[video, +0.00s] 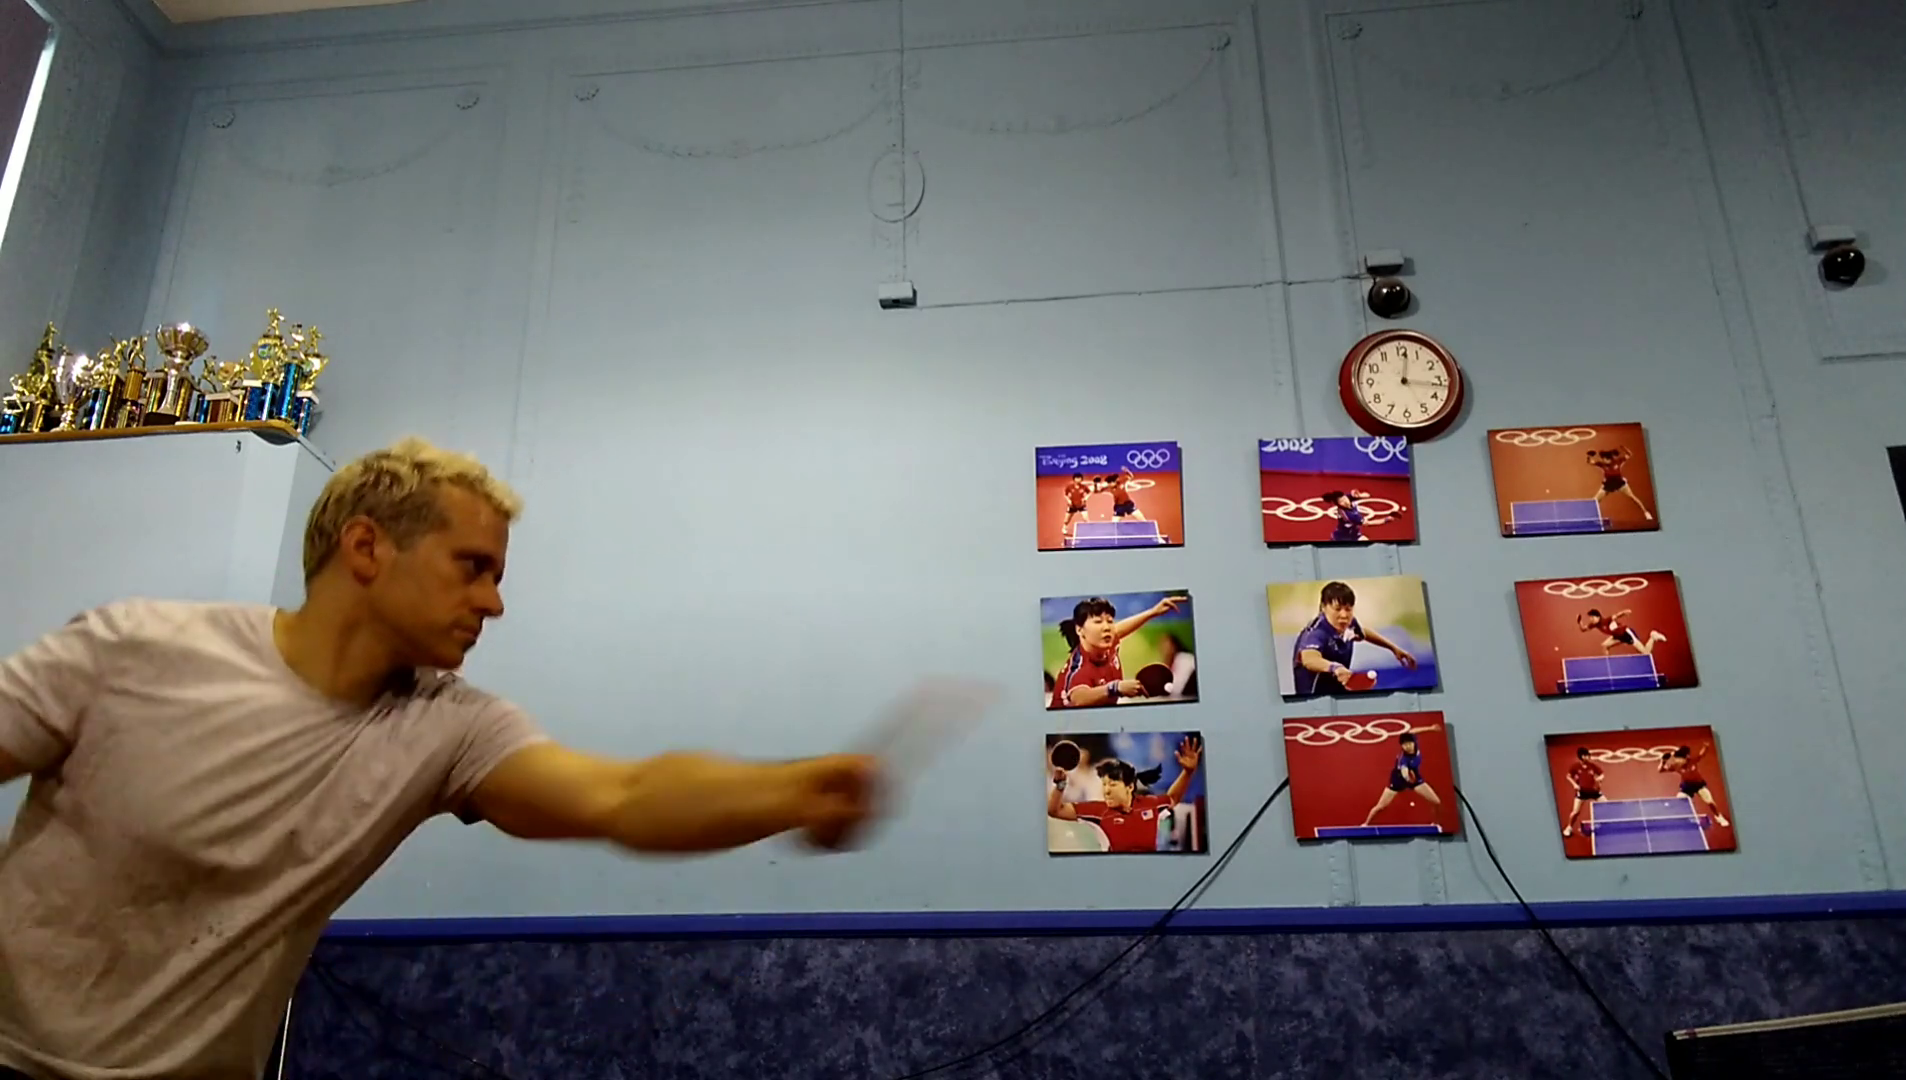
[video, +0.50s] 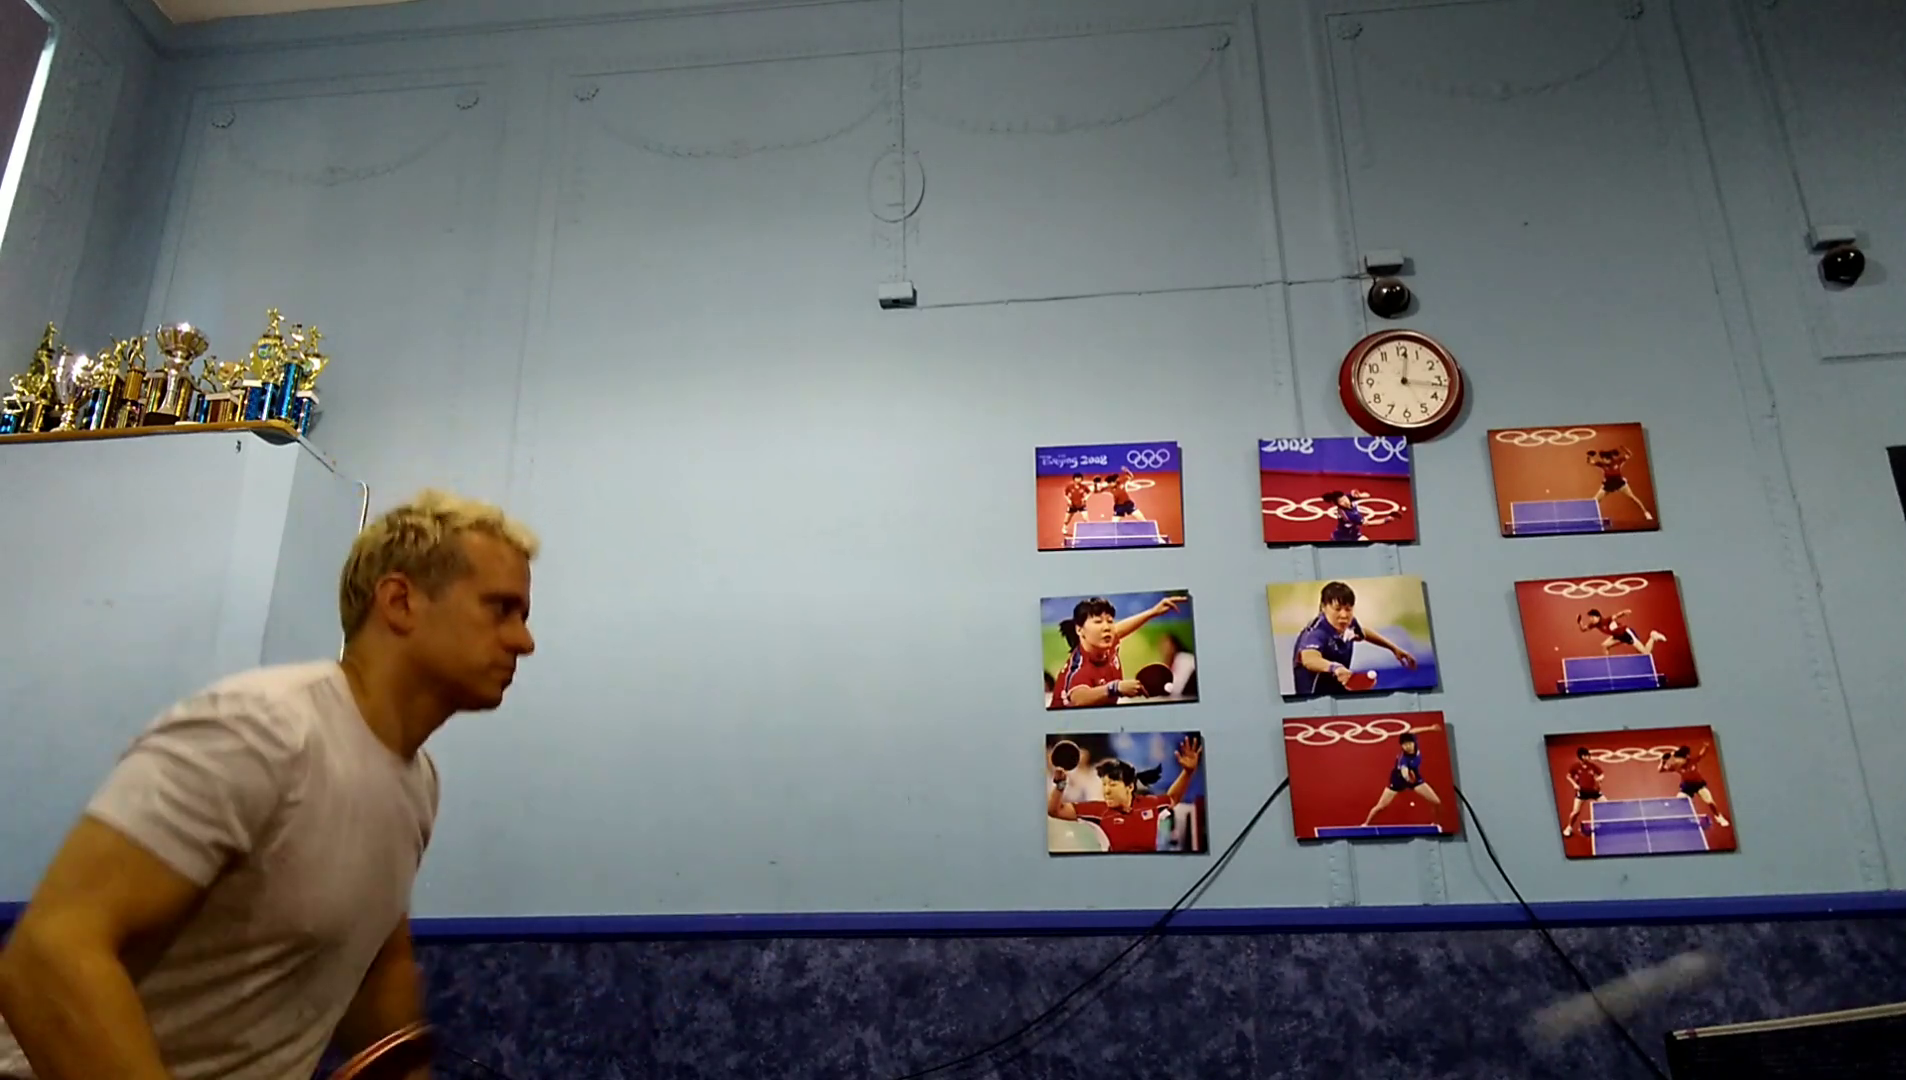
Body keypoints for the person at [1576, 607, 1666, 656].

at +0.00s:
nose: (1590, 620)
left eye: (1591, 618)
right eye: (1590, 618)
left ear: (1597, 617)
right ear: (1593, 618)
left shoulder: (1607, 620)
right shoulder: (1594, 624)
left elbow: (1617, 615)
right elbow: (1583, 630)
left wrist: (1625, 612)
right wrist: (1579, 623)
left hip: (1627, 634)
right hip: (1617, 637)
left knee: (1645, 652)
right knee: (1604, 645)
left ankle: (1653, 636)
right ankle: (1607, 667)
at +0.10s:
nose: (1591, 621)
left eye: (1592, 618)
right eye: (1590, 619)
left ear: (1597, 617)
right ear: (1593, 619)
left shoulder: (1607, 620)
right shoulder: (1594, 624)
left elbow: (1617, 615)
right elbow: (1583, 630)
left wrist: (1626, 612)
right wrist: (1579, 623)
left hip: (1627, 633)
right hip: (1617, 636)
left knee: (1645, 652)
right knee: (1604, 645)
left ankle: (1653, 636)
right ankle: (1608, 667)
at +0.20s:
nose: (1590, 620)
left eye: (1591, 618)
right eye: (1590, 618)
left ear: (1597, 617)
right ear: (1593, 618)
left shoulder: (1607, 620)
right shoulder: (1594, 624)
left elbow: (1617, 615)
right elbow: (1583, 630)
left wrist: (1625, 612)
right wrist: (1579, 623)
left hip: (1627, 634)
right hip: (1617, 637)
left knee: (1645, 652)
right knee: (1604, 645)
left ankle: (1653, 636)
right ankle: (1608, 667)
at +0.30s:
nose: (1590, 620)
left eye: (1591, 618)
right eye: (1590, 619)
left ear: (1597, 617)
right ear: (1593, 618)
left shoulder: (1607, 620)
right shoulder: (1594, 624)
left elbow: (1617, 615)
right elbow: (1583, 630)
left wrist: (1625, 612)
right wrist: (1579, 623)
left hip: (1627, 634)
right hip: (1617, 637)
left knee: (1645, 652)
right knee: (1604, 645)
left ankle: (1653, 636)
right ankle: (1608, 667)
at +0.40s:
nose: (1590, 620)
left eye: (1591, 618)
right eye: (1590, 619)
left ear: (1597, 617)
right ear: (1593, 618)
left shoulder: (1607, 620)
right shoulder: (1594, 624)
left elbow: (1617, 615)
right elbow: (1583, 630)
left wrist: (1625, 612)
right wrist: (1579, 623)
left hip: (1627, 634)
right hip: (1617, 636)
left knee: (1645, 652)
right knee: (1604, 645)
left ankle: (1653, 636)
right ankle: (1608, 666)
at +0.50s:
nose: (1590, 620)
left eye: (1591, 618)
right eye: (1590, 619)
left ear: (1597, 617)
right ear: (1593, 618)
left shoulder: (1607, 620)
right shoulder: (1594, 624)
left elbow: (1617, 615)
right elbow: (1583, 630)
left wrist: (1625, 612)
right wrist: (1579, 623)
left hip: (1627, 634)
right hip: (1617, 636)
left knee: (1645, 652)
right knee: (1604, 645)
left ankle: (1653, 636)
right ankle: (1608, 666)